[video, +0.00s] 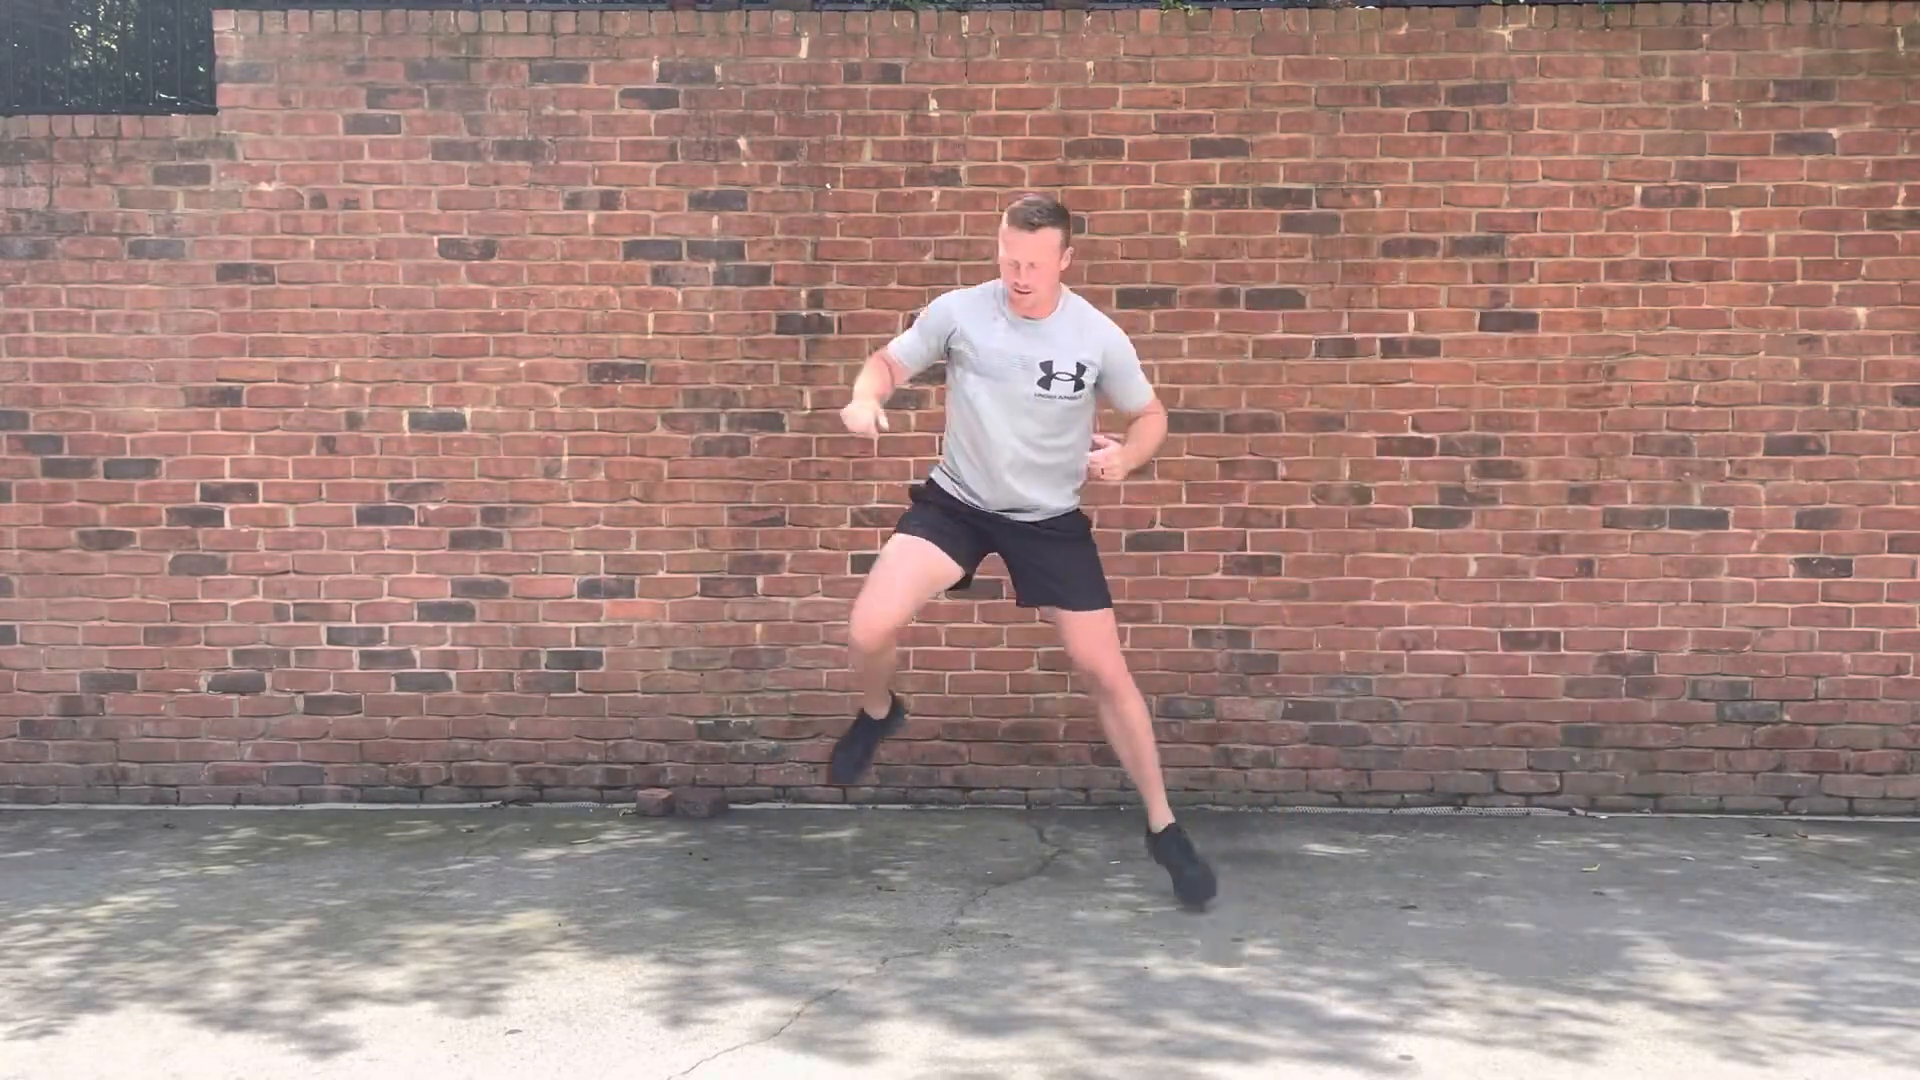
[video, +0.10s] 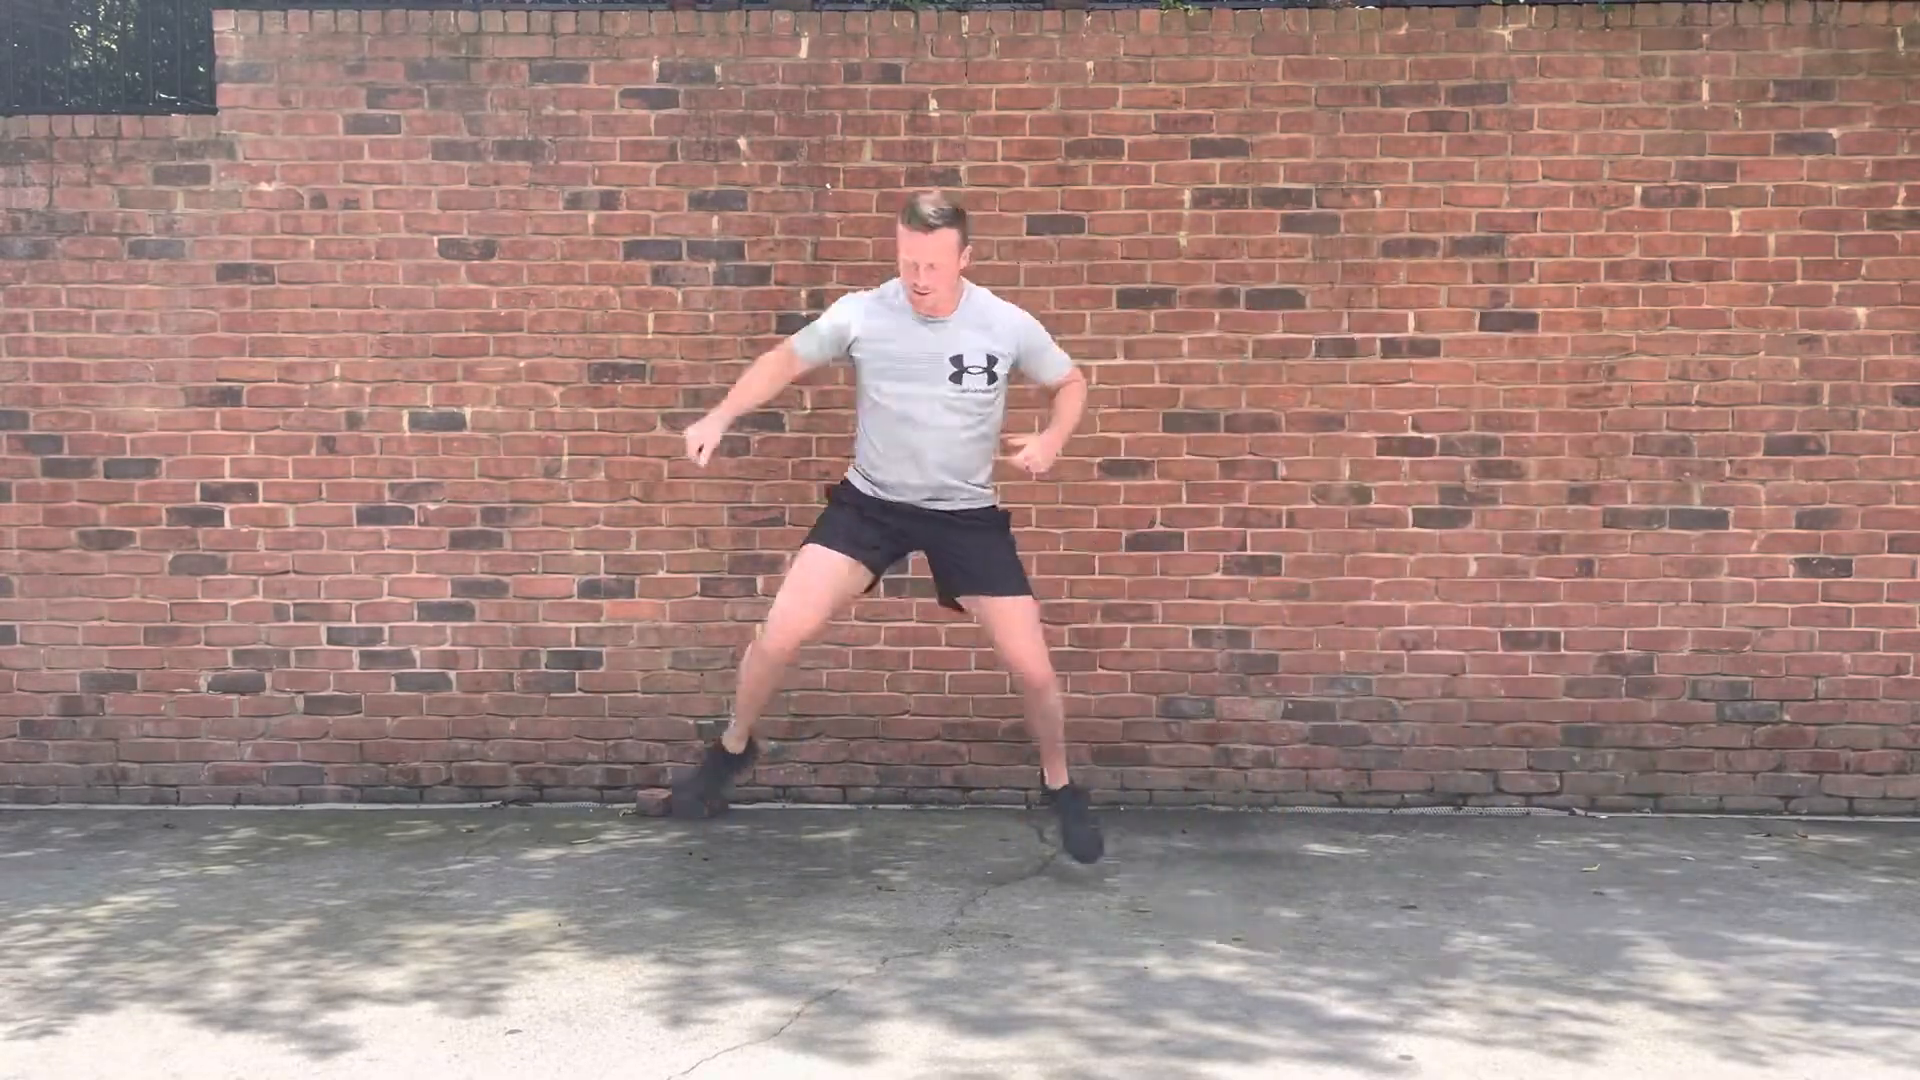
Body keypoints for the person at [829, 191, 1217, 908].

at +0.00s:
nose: (1017, 278)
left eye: (1032, 265)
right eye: (1009, 263)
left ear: (1063, 260)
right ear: (998, 252)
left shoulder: (1098, 338)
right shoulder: (958, 313)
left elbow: (1151, 418)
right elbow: (886, 367)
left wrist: (1127, 455)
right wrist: (866, 399)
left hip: (1050, 520)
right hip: (954, 503)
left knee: (1104, 668)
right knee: (867, 629)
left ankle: (1163, 825)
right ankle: (877, 714)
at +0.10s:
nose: (920, 277)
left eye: (934, 263)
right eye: (909, 262)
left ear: (963, 258)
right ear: (896, 255)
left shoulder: (1006, 326)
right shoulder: (861, 314)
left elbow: (1074, 384)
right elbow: (785, 362)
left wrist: (1052, 440)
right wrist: (719, 415)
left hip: (967, 515)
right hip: (869, 505)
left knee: (1036, 671)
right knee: (777, 637)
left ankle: (1062, 789)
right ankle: (730, 751)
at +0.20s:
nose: (817, 323)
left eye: (831, 309)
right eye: (807, 310)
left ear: (860, 300)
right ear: (794, 301)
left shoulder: (910, 354)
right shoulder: (766, 356)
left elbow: (974, 390)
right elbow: (699, 396)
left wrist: (950, 460)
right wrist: (622, 457)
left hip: (883, 546)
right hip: (786, 542)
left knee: (944, 702)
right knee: (700, 678)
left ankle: (932, 751)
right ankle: (615, 821)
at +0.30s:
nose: (716, 401)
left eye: (728, 386)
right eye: (705, 388)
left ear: (760, 374)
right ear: (693, 382)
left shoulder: (818, 427)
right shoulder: (673, 437)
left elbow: (882, 467)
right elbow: (619, 482)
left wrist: (839, 532)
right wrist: (550, 539)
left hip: (801, 613)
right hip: (705, 607)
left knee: (839, 772)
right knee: (634, 731)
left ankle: (797, 744)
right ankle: (569, 865)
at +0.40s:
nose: (642, 461)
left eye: (652, 445)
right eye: (629, 449)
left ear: (682, 424)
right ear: (615, 441)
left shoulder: (749, 471)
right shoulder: (617, 507)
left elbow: (824, 551)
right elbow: (567, 586)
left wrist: (751, 615)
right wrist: (491, 663)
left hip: (760, 641)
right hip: (670, 632)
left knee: (729, 798)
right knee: (599, 750)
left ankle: (681, 776)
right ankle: (568, 867)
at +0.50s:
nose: (626, 471)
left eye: (634, 453)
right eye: (612, 460)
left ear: (661, 432)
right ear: (598, 456)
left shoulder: (726, 470)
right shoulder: (603, 523)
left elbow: (831, 532)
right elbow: (549, 612)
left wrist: (754, 571)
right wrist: (494, 681)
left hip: (750, 642)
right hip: (662, 637)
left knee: (722, 792)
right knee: (596, 756)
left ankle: (657, 804)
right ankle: (569, 867)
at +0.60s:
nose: (669, 431)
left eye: (677, 415)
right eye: (655, 421)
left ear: (697, 401)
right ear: (634, 418)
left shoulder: (755, 432)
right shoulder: (616, 484)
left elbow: (882, 441)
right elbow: (556, 552)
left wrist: (821, 447)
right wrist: (539, 569)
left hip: (777, 610)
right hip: (679, 616)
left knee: (807, 747)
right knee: (600, 740)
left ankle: (740, 781)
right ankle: (568, 865)